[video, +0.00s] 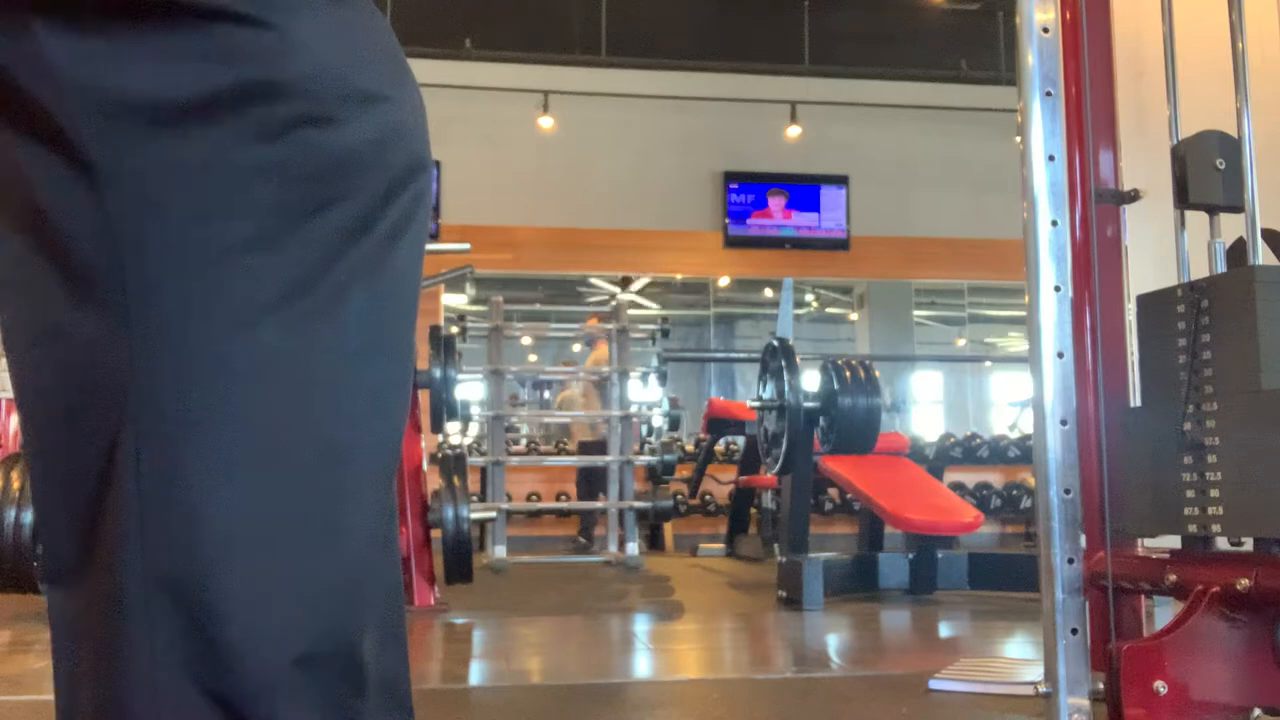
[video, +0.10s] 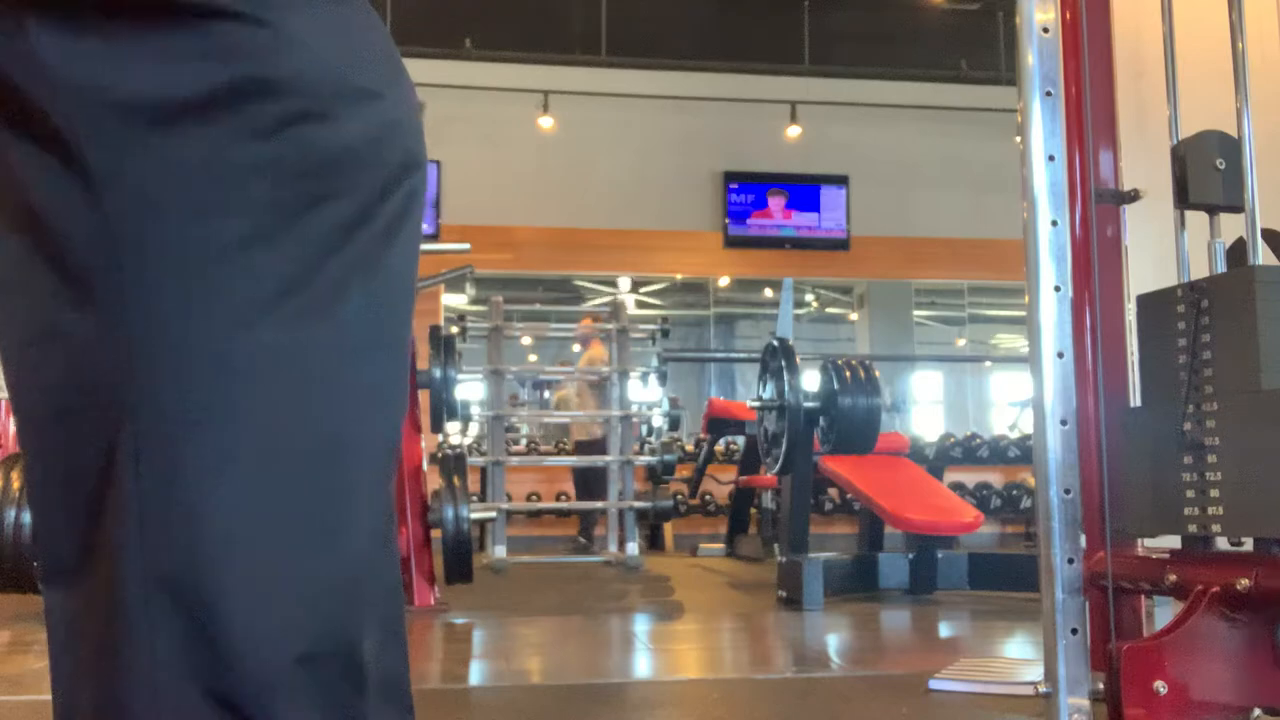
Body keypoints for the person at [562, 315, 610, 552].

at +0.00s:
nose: (586, 336)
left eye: (588, 331)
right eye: (586, 331)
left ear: (596, 332)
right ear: (601, 332)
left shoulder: (598, 356)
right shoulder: (604, 354)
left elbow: (588, 392)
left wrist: (597, 425)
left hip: (593, 434)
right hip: (598, 433)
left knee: (586, 487)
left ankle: (585, 534)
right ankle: (585, 532)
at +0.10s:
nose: (577, 333)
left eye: (581, 328)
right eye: (577, 328)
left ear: (593, 331)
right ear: (586, 331)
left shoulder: (597, 355)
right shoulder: (588, 355)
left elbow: (599, 390)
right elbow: (587, 392)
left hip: (592, 432)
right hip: (584, 431)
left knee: (589, 487)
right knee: (585, 486)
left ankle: (586, 534)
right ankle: (584, 533)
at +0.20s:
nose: (574, 335)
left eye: (577, 331)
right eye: (574, 331)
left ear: (587, 333)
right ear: (585, 334)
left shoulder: (592, 356)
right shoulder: (587, 356)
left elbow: (597, 386)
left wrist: (569, 390)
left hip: (589, 430)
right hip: (584, 429)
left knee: (585, 482)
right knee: (585, 482)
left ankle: (586, 534)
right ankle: (585, 532)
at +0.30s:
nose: (573, 335)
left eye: (576, 331)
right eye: (574, 331)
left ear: (585, 334)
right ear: (586, 335)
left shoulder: (587, 357)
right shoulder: (588, 356)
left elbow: (592, 392)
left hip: (586, 434)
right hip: (585, 433)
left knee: (582, 483)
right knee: (585, 484)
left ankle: (586, 535)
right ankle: (585, 533)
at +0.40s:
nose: (571, 335)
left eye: (575, 331)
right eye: (572, 331)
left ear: (584, 334)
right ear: (585, 334)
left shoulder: (586, 357)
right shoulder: (584, 357)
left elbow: (589, 398)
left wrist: (580, 427)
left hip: (586, 431)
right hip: (585, 431)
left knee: (575, 479)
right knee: (579, 480)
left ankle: (585, 534)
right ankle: (583, 533)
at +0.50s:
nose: (570, 334)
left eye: (573, 329)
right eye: (571, 329)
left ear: (582, 332)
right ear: (583, 333)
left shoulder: (585, 358)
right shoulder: (582, 357)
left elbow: (570, 394)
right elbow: (569, 393)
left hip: (581, 432)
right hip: (576, 432)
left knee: (573, 481)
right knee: (577, 483)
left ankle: (602, 524)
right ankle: (584, 533)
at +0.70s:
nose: (567, 328)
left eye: (572, 323)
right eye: (569, 323)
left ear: (582, 328)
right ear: (579, 328)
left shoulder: (583, 356)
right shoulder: (578, 356)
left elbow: (560, 390)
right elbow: (558, 395)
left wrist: (532, 408)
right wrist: (525, 424)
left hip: (578, 432)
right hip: (571, 432)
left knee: (570, 481)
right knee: (574, 483)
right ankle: (583, 533)